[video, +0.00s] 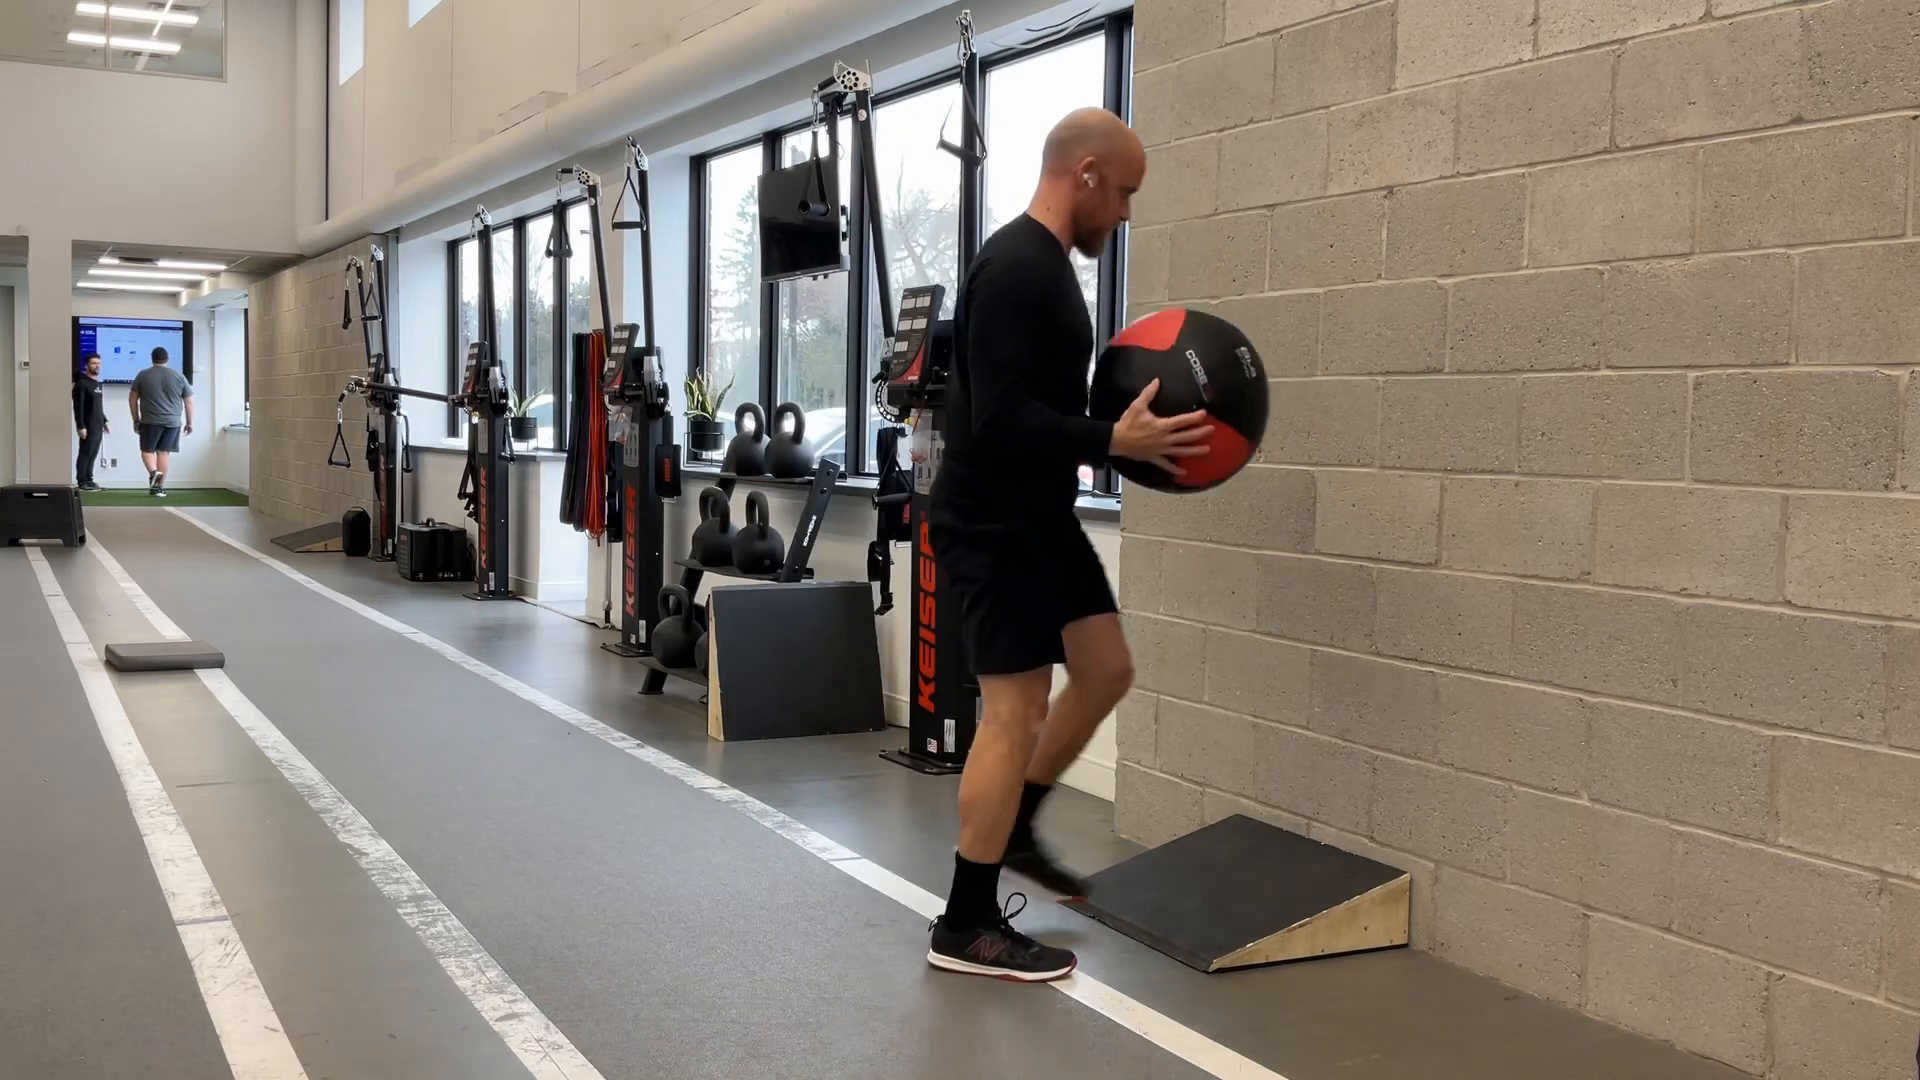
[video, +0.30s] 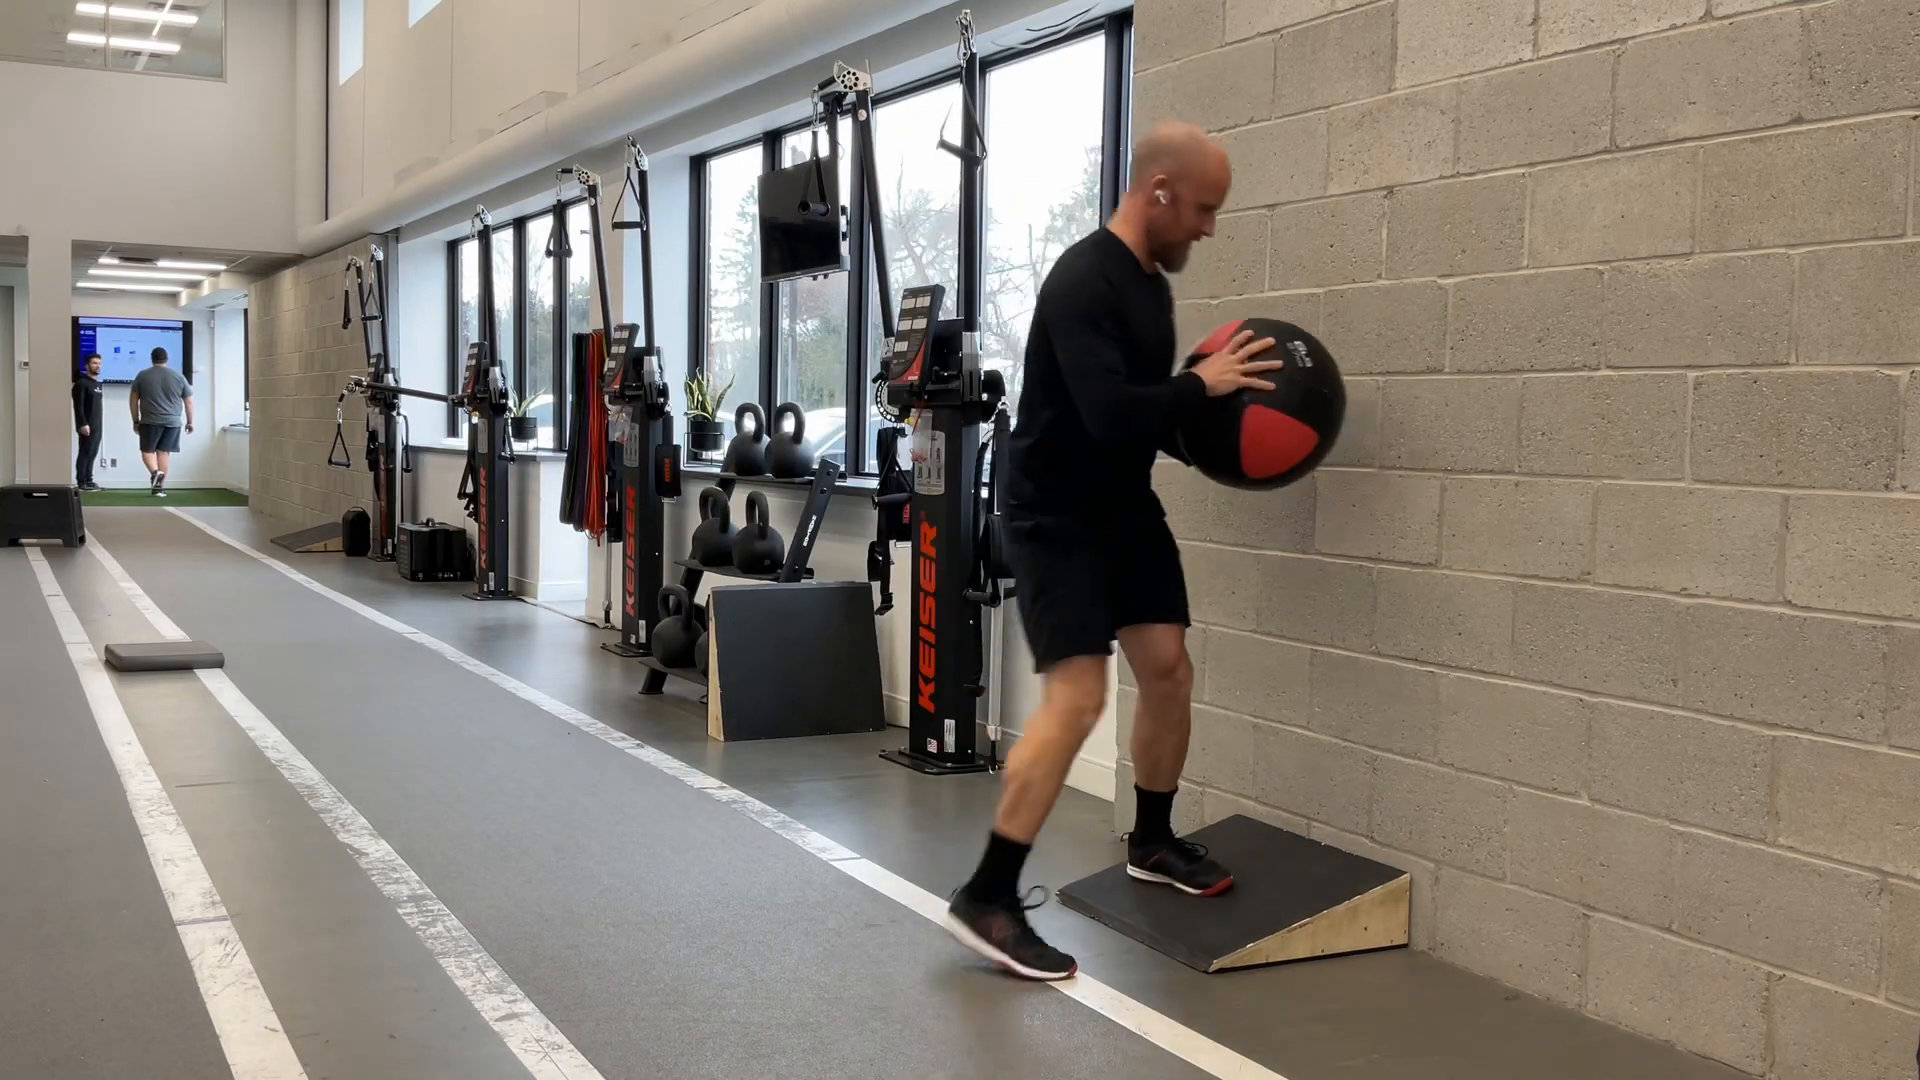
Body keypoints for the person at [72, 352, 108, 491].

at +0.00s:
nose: (97, 366)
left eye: (98, 363)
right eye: (94, 363)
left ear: (100, 365)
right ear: (87, 365)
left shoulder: (97, 384)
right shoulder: (81, 384)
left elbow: (98, 406)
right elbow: (78, 407)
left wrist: (104, 421)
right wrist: (81, 426)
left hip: (97, 424)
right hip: (88, 425)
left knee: (93, 454)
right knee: (85, 454)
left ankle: (89, 479)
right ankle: (82, 480)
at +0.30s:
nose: (97, 366)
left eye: (99, 363)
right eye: (94, 363)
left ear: (100, 366)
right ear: (87, 365)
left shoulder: (97, 384)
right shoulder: (81, 383)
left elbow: (97, 406)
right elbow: (79, 405)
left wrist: (98, 423)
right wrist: (82, 423)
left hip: (97, 424)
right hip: (87, 424)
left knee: (92, 454)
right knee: (85, 454)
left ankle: (89, 479)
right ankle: (82, 480)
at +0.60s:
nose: (98, 367)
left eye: (99, 364)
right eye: (95, 363)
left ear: (101, 366)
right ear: (88, 365)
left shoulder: (97, 384)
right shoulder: (81, 383)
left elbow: (98, 408)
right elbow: (79, 406)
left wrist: (104, 424)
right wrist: (83, 423)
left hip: (97, 425)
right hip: (87, 425)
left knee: (92, 454)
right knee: (85, 454)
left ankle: (89, 479)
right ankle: (82, 481)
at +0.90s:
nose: (98, 368)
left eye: (100, 365)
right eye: (96, 364)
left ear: (102, 367)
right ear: (88, 365)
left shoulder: (98, 385)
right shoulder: (82, 383)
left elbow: (99, 408)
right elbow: (79, 406)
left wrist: (104, 425)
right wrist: (82, 424)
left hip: (97, 425)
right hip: (87, 426)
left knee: (92, 455)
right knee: (85, 454)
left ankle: (89, 479)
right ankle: (82, 481)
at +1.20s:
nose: (100, 369)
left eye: (101, 366)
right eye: (97, 365)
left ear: (103, 368)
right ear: (90, 366)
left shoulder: (98, 385)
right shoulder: (81, 383)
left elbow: (99, 408)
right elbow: (78, 406)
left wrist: (102, 425)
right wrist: (81, 424)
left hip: (97, 425)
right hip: (87, 426)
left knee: (92, 455)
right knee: (85, 454)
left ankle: (89, 479)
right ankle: (82, 480)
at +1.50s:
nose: (100, 369)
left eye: (102, 367)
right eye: (97, 366)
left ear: (103, 368)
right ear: (90, 366)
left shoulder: (98, 384)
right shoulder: (81, 383)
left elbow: (99, 408)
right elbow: (78, 406)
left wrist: (103, 424)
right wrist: (81, 424)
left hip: (97, 425)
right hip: (87, 425)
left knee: (92, 455)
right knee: (85, 454)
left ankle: (89, 479)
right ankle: (82, 481)